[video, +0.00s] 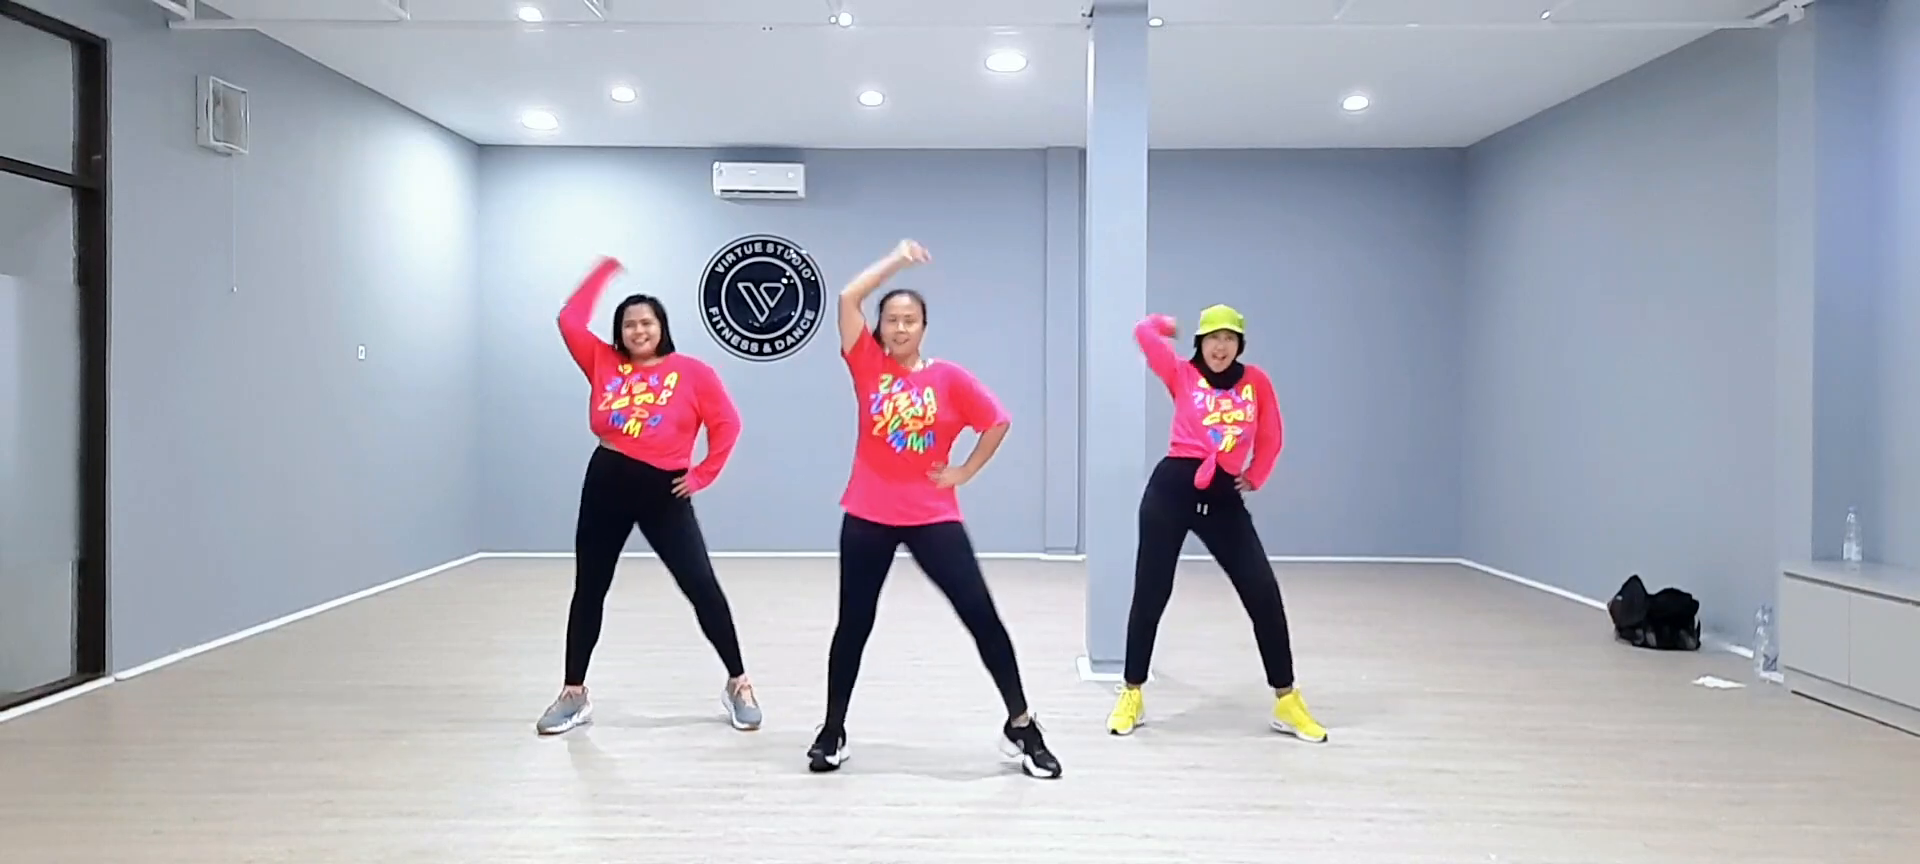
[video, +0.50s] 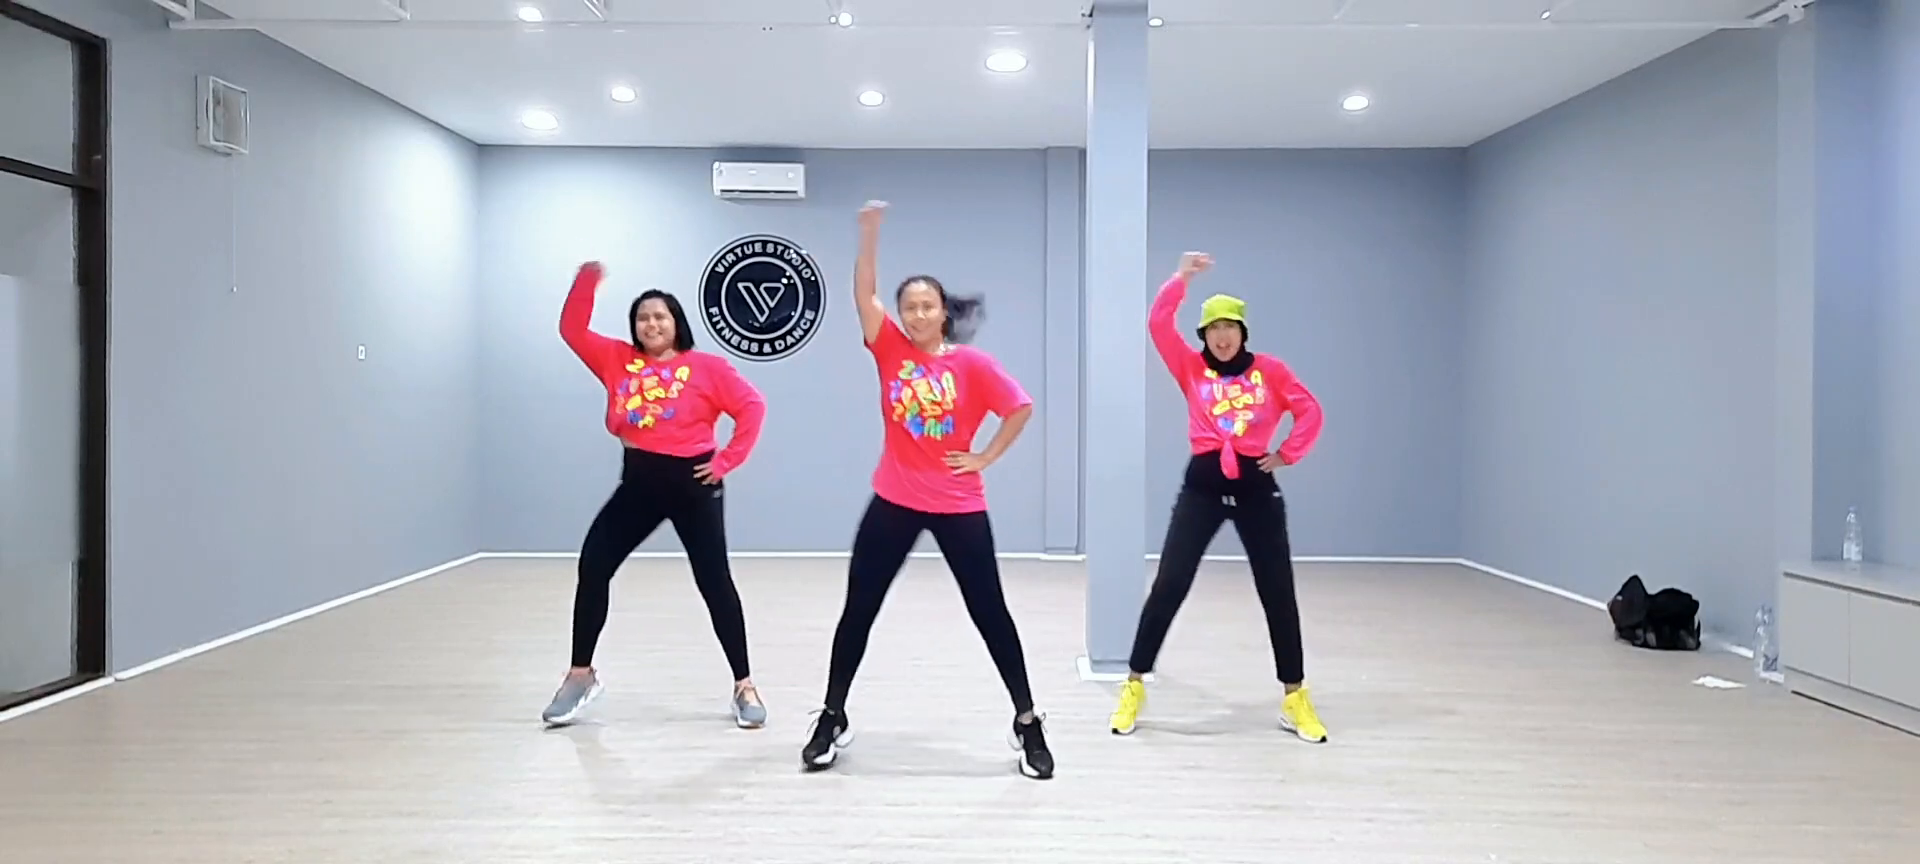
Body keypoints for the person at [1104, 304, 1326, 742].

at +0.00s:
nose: (1220, 347)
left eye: (1228, 339)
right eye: (1213, 338)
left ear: (1239, 344)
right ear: (1200, 342)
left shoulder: (1255, 381)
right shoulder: (1181, 375)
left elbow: (1271, 437)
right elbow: (1145, 337)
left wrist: (1252, 479)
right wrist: (1158, 324)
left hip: (1221, 497)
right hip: (1171, 490)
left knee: (1264, 593)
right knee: (1151, 593)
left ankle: (1286, 699)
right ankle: (1131, 694)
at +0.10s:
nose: (1228, 340)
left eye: (1237, 332)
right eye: (1221, 331)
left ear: (1248, 337)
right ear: (1207, 334)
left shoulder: (1260, 374)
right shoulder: (1185, 371)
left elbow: (1282, 419)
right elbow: (1133, 346)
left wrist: (1271, 460)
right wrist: (1134, 315)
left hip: (1240, 485)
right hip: (1189, 483)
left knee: (1267, 590)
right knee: (1163, 586)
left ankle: (1293, 695)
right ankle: (1134, 690)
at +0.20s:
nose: (1235, 341)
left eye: (1243, 333)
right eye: (1227, 333)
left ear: (1254, 338)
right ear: (1214, 336)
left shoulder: (1268, 376)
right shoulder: (1193, 373)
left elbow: (1298, 413)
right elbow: (1142, 345)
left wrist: (1289, 452)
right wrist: (1116, 302)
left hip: (1262, 492)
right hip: (1209, 492)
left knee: (1283, 595)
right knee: (1172, 589)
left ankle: (1295, 698)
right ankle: (1141, 690)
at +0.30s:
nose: (1237, 349)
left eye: (1244, 341)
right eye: (1229, 342)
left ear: (1256, 346)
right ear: (1216, 347)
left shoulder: (1275, 386)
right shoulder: (1199, 381)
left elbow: (1315, 420)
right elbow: (1156, 345)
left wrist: (1298, 458)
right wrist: (1122, 301)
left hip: (1275, 496)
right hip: (1222, 499)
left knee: (1292, 597)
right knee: (1182, 591)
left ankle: (1296, 700)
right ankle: (1152, 699)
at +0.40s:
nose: (1233, 347)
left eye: (1241, 339)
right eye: (1225, 340)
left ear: (1253, 343)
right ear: (1212, 344)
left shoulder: (1274, 381)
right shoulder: (1198, 381)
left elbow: (1321, 416)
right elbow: (1163, 344)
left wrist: (1299, 457)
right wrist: (1151, 295)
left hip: (1271, 495)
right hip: (1217, 498)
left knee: (1291, 597)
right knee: (1176, 589)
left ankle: (1297, 698)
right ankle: (1148, 694)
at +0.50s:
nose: (1222, 337)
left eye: (1230, 329)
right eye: (1214, 330)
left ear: (1243, 332)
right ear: (1204, 335)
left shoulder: (1268, 369)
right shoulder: (1192, 371)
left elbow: (1310, 412)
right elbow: (1158, 323)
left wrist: (1284, 455)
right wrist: (1181, 275)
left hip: (1257, 486)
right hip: (1203, 485)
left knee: (1278, 592)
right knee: (1170, 584)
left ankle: (1295, 695)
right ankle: (1134, 686)